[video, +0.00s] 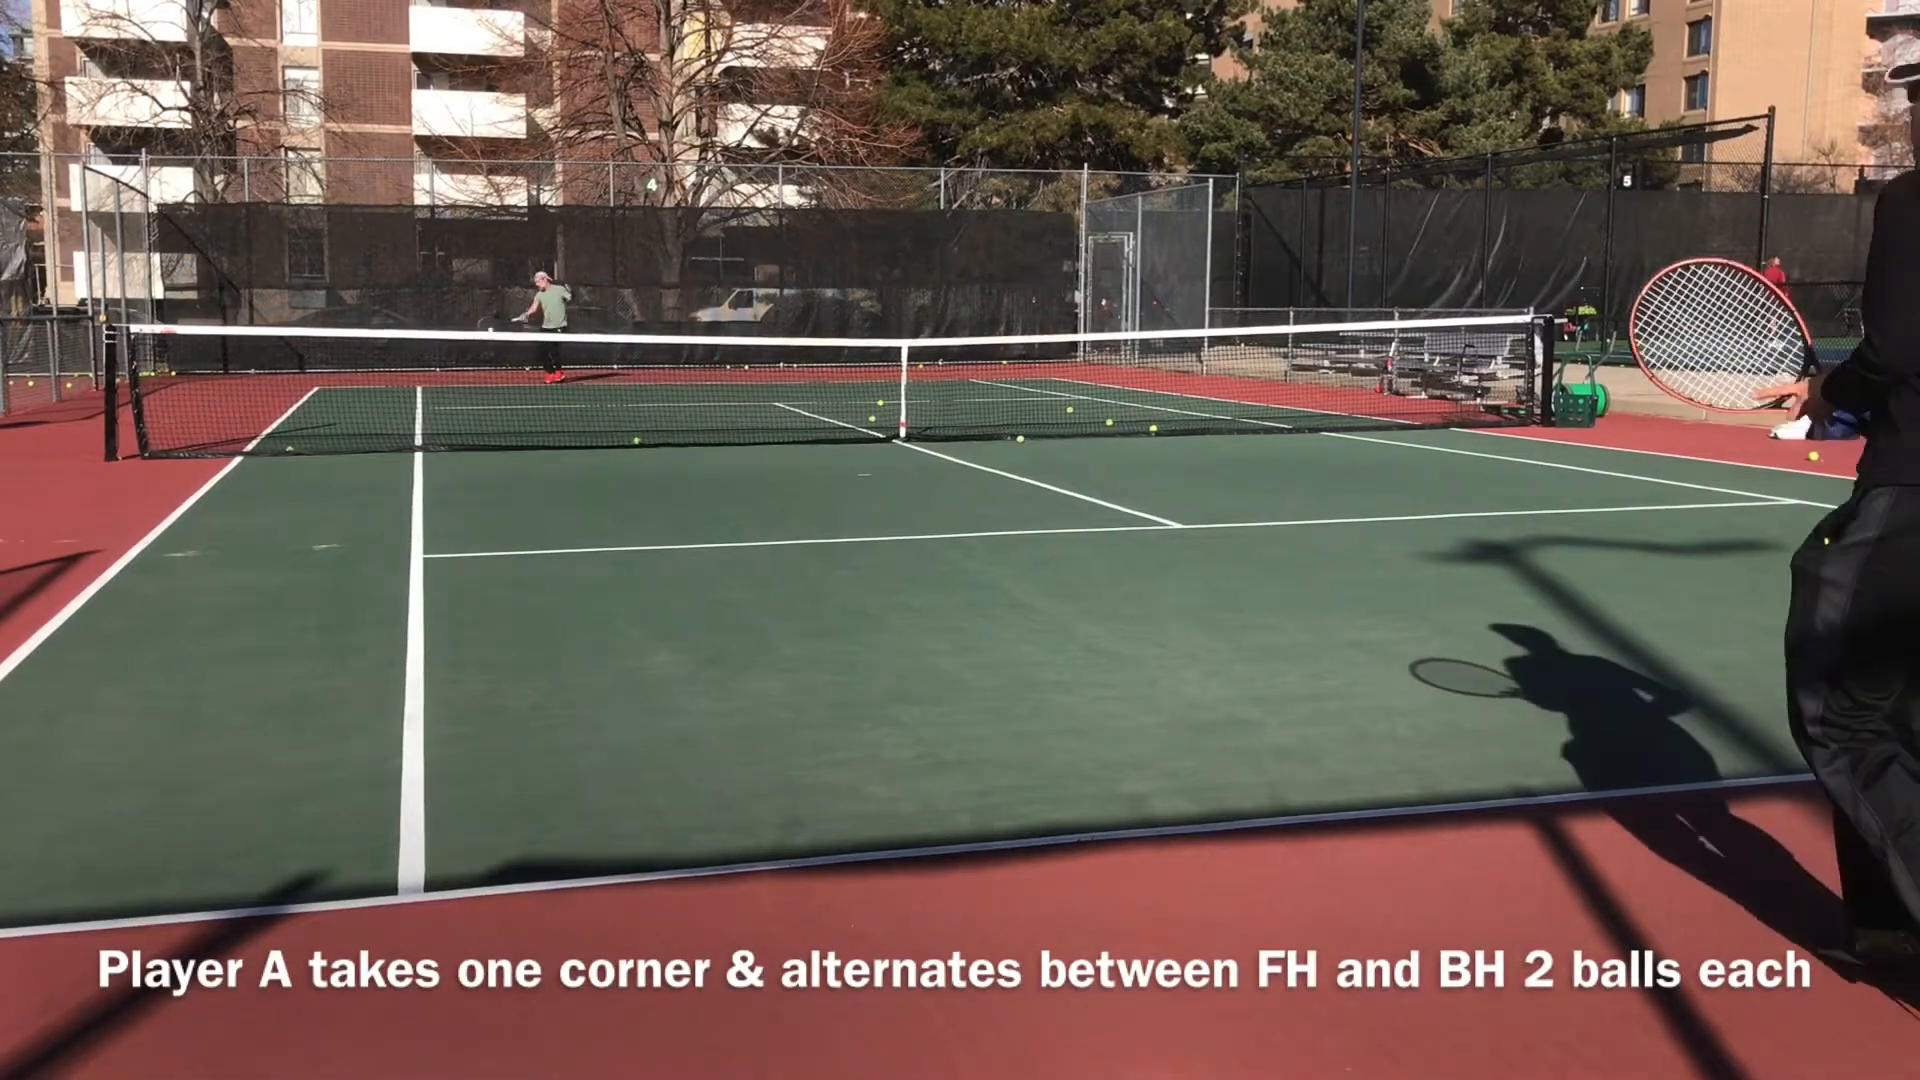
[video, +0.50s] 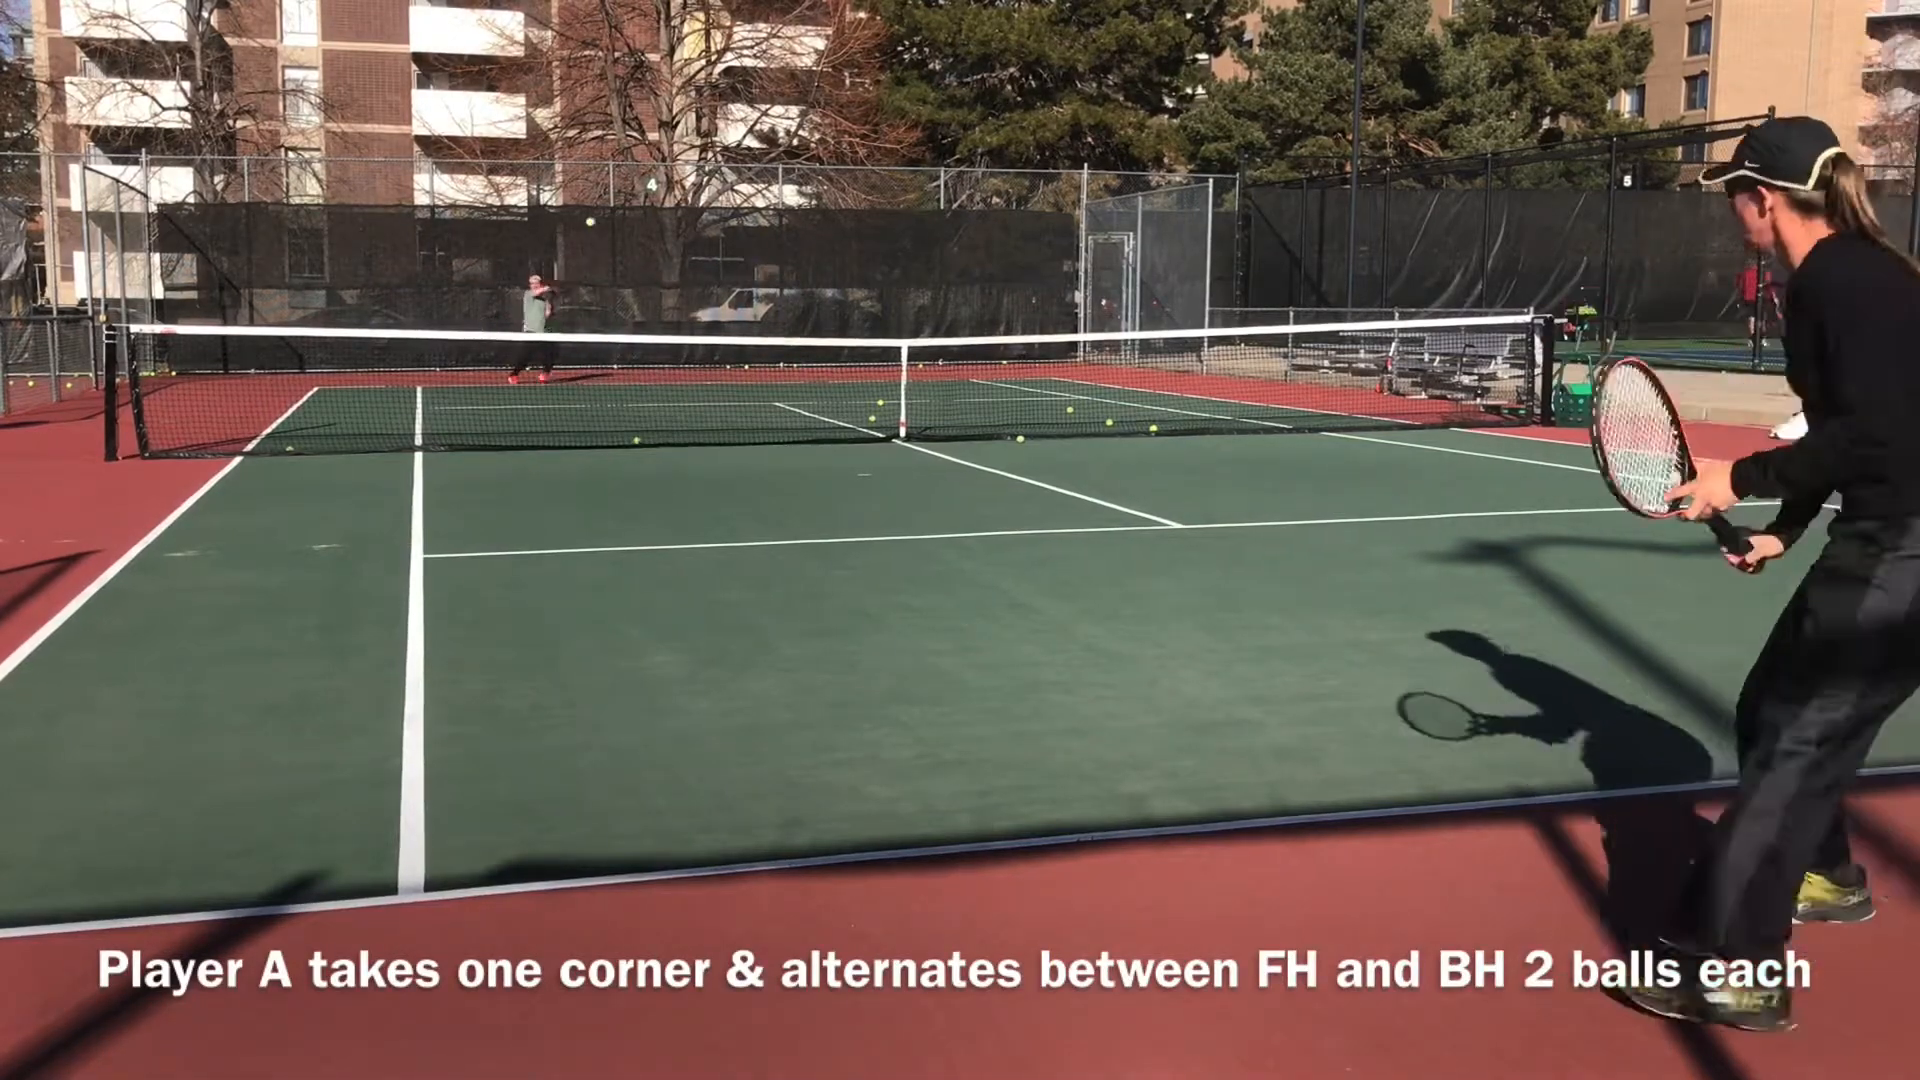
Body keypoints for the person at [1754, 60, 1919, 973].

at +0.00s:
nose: (1891, 114)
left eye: (1898, 98)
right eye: (1894, 96)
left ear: (1912, 113)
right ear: (1905, 115)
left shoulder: (1901, 205)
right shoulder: (1899, 208)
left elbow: (1894, 353)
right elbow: (1895, 353)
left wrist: (1837, 387)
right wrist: (1840, 384)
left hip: (1902, 499)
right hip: (1897, 493)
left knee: (1844, 697)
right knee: (1872, 693)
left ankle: (1897, 922)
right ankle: (1886, 924)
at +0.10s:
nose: (1873, 96)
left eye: (1884, 80)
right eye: (1872, 80)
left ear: (1911, 87)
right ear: (1894, 89)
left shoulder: (1884, 173)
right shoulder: (1889, 174)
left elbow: (1870, 316)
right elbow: (1870, 317)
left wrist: (1797, 363)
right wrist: (1803, 362)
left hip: (1885, 466)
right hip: (1896, 464)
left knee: (1776, 672)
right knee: (1876, 673)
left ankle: (1848, 928)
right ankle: (1895, 882)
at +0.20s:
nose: (1821, 113)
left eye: (1828, 99)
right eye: (1827, 98)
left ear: (1855, 107)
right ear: (1903, 111)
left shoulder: (1841, 197)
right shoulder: (1910, 190)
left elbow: (1825, 347)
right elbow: (1876, 351)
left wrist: (1758, 391)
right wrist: (1789, 390)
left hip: (1850, 490)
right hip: (1911, 493)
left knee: (1735, 697)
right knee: (1864, 681)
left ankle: (1706, 942)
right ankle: (1895, 886)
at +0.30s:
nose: (1777, 179)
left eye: (1784, 164)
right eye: (1780, 164)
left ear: (1816, 173)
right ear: (1863, 175)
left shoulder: (1801, 257)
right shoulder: (1898, 264)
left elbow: (1793, 410)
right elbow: (1858, 427)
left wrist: (1726, 451)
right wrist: (1731, 447)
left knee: (1688, 736)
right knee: (1811, 706)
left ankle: (1655, 967)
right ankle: (1882, 882)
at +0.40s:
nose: (1749, 200)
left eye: (1753, 185)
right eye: (1752, 184)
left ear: (1780, 190)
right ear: (1832, 187)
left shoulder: (1806, 277)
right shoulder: (1874, 269)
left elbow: (1805, 428)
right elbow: (1878, 428)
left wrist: (1705, 470)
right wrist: (1783, 501)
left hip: (1844, 548)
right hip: (1895, 548)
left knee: (1704, 735)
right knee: (1753, 692)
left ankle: (1656, 965)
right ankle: (1843, 848)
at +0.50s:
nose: (1736, 215)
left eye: (1739, 199)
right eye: (1735, 199)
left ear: (1772, 200)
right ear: (1807, 195)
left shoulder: (1841, 282)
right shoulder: (1844, 275)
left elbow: (1865, 438)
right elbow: (1838, 426)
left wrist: (1738, 480)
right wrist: (1786, 524)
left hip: (1891, 549)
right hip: (1881, 540)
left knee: (1788, 734)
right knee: (1778, 707)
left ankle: (1737, 965)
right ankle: (1823, 868)